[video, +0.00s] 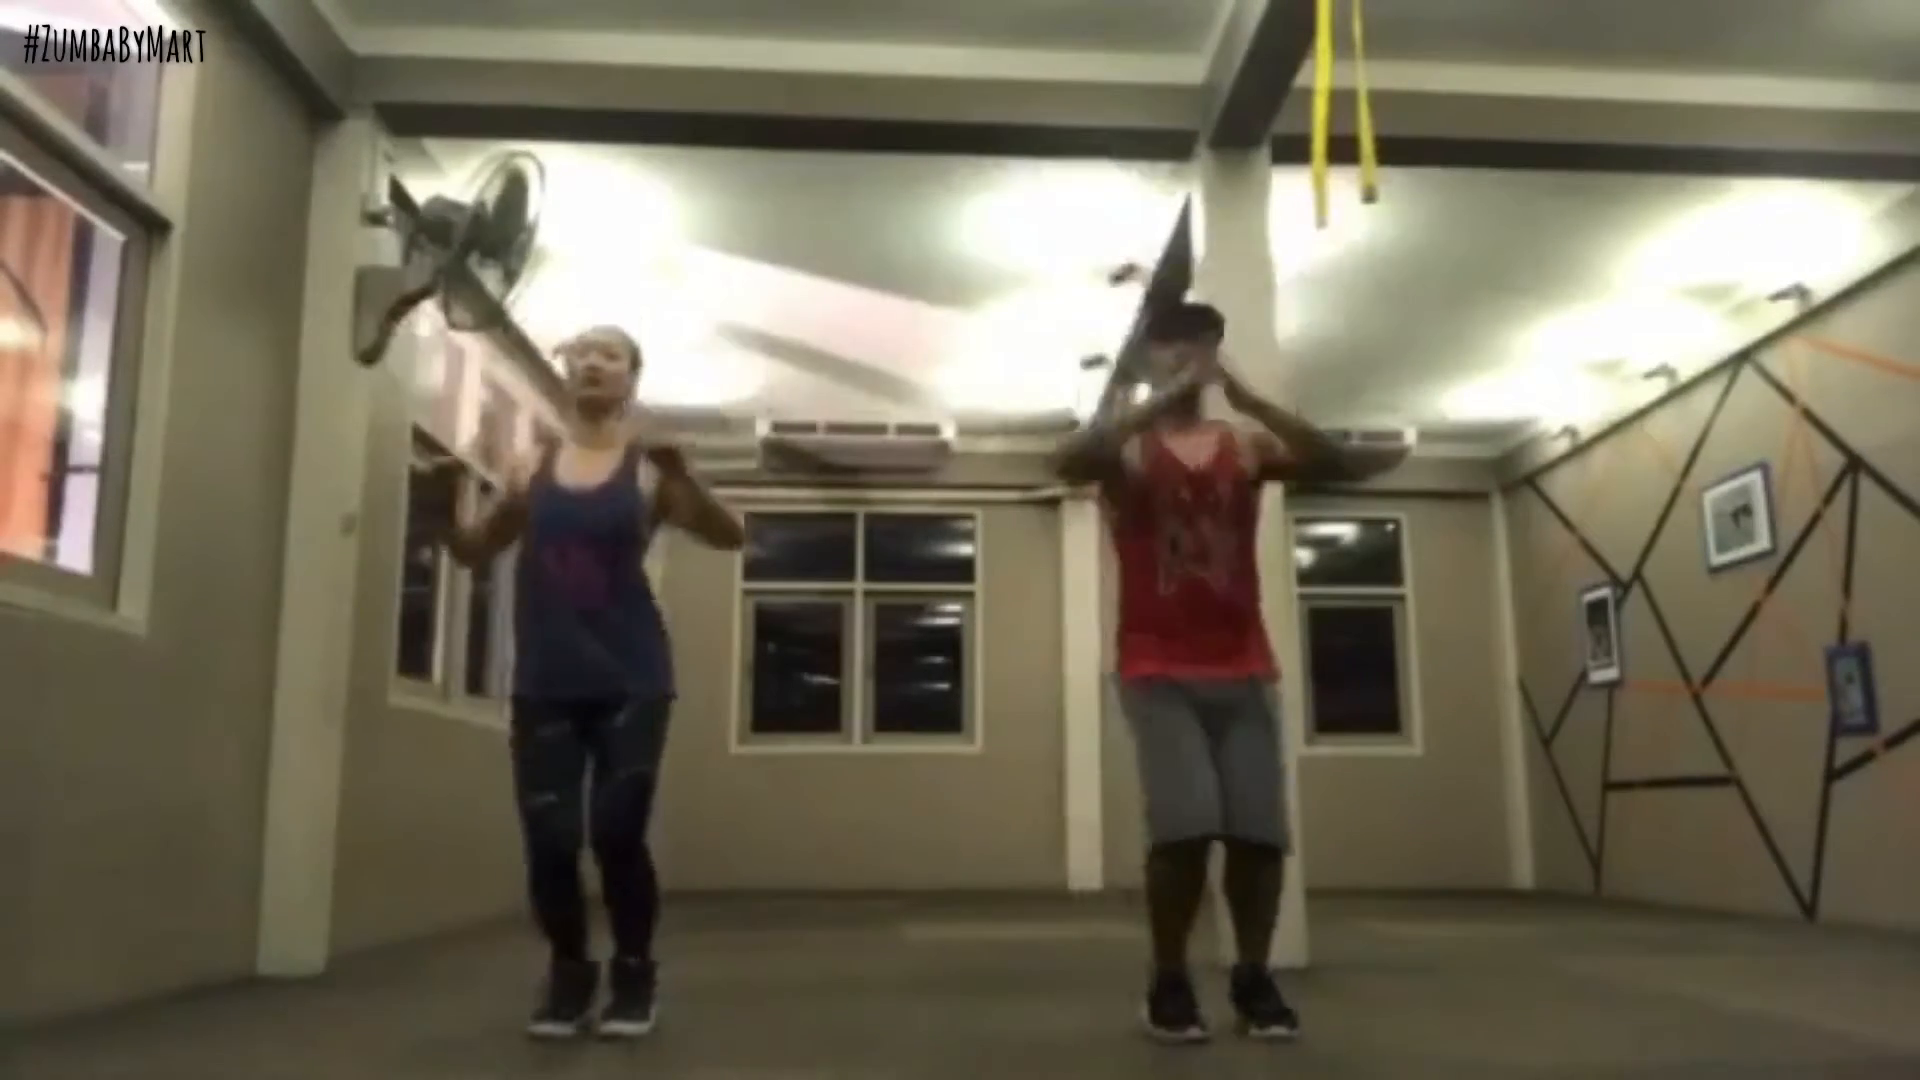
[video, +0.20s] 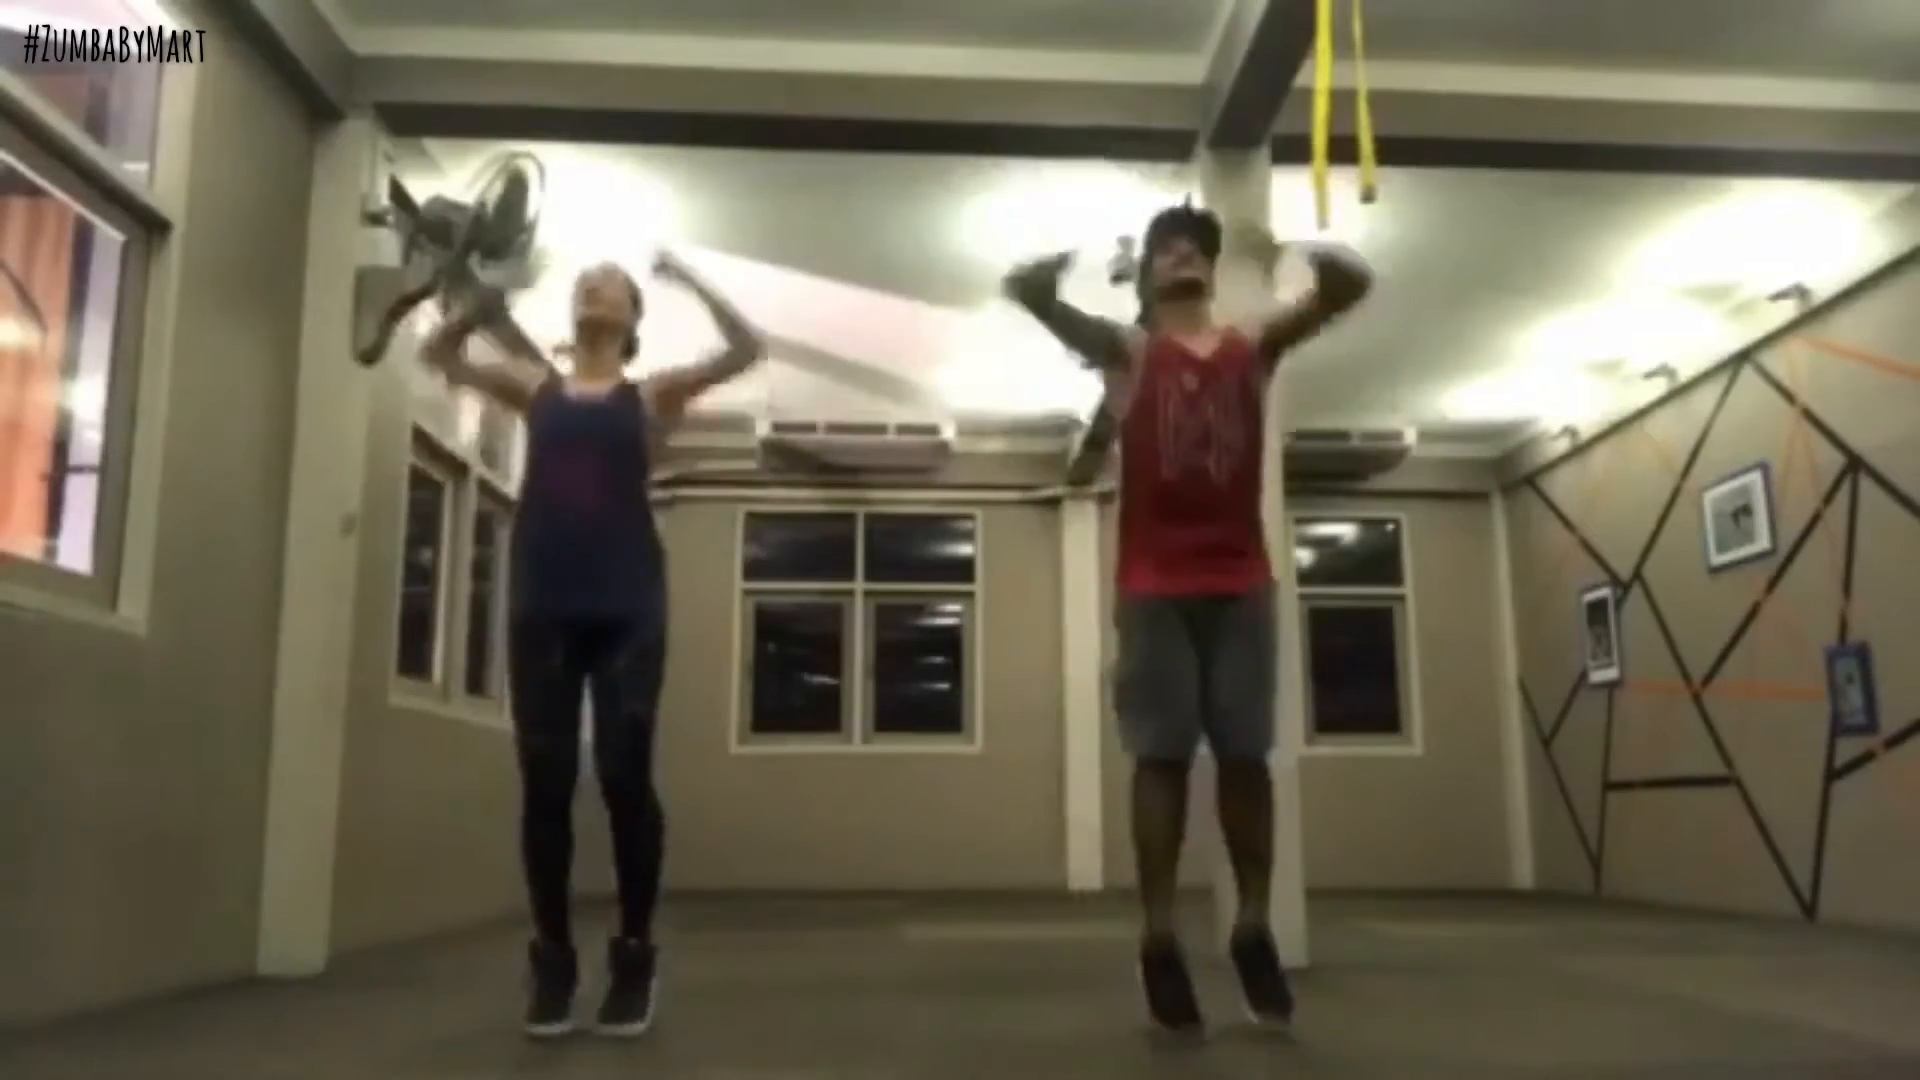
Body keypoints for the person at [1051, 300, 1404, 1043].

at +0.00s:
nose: (1184, 361)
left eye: (1195, 348)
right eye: (1169, 348)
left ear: (1214, 358)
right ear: (1146, 360)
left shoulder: (1245, 444)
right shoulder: (1127, 447)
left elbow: (1327, 458)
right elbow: (1073, 461)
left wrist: (1248, 398)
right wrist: (1159, 398)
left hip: (1240, 667)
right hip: (1156, 669)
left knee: (1259, 828)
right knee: (1187, 822)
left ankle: (1253, 978)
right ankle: (1170, 981)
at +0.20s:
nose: (1182, 259)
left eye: (1195, 249)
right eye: (1167, 249)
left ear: (1214, 269)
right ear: (1145, 271)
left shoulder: (1251, 347)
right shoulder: (1125, 349)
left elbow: (1350, 286)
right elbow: (1026, 291)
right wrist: (1071, 265)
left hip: (1240, 580)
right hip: (1155, 583)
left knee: (1245, 759)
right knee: (1163, 759)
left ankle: (1254, 929)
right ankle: (1159, 941)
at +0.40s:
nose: (1192, 302)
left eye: (1203, 290)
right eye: (1178, 289)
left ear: (1220, 306)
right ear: (1151, 304)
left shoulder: (1243, 380)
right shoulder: (1133, 383)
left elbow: (1292, 274)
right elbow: (1097, 279)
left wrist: (1308, 172)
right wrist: (1106, 175)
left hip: (1239, 607)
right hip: (1158, 609)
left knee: (1237, 781)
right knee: (1168, 775)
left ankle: (1233, 948)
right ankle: (1160, 952)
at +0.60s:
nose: (1203, 344)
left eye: (1216, 332)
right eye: (1189, 331)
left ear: (1230, 340)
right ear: (1162, 339)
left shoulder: (1262, 425)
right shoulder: (1133, 428)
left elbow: (1377, 404)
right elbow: (1020, 409)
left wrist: (1308, 376)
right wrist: (1095, 389)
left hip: (1248, 647)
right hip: (1161, 648)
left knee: (1242, 820)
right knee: (1167, 819)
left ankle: (1221, 975)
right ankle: (1167, 977)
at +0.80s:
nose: (1222, 274)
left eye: (1235, 265)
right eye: (1206, 262)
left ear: (1245, 284)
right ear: (1174, 280)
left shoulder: (1266, 349)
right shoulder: (1152, 364)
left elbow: (1351, 268)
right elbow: (1072, 282)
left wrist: (1374, 162)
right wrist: (1070, 176)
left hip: (1257, 587)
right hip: (1177, 589)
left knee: (1247, 766)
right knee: (1178, 766)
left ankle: (1227, 928)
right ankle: (1172, 940)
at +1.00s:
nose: (1237, 326)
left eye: (1252, 316)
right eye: (1223, 314)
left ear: (1270, 334)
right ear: (1197, 332)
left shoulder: (1296, 418)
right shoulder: (1179, 413)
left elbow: (1382, 380)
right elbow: (1113, 386)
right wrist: (1029, 326)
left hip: (1275, 645)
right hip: (1192, 644)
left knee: (1280, 803)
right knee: (1192, 810)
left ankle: (1228, 964)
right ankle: (1182, 975)